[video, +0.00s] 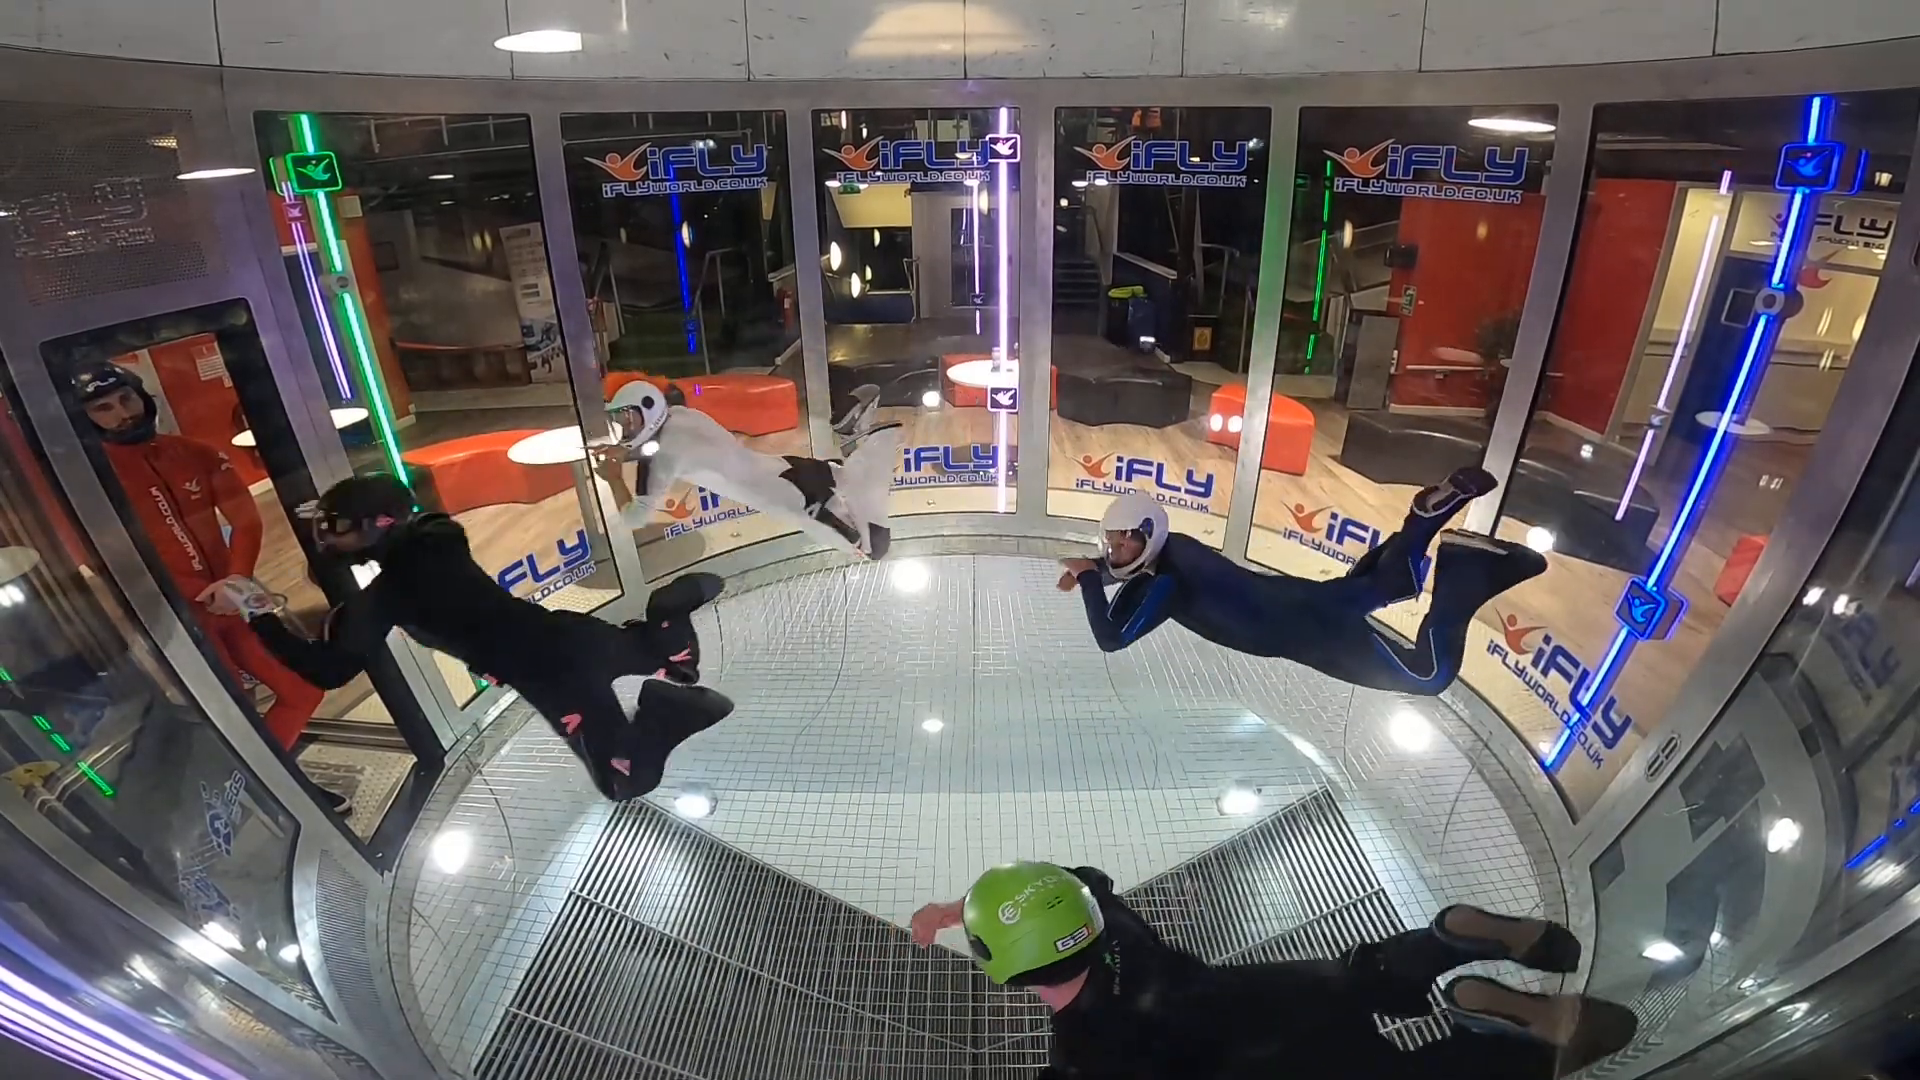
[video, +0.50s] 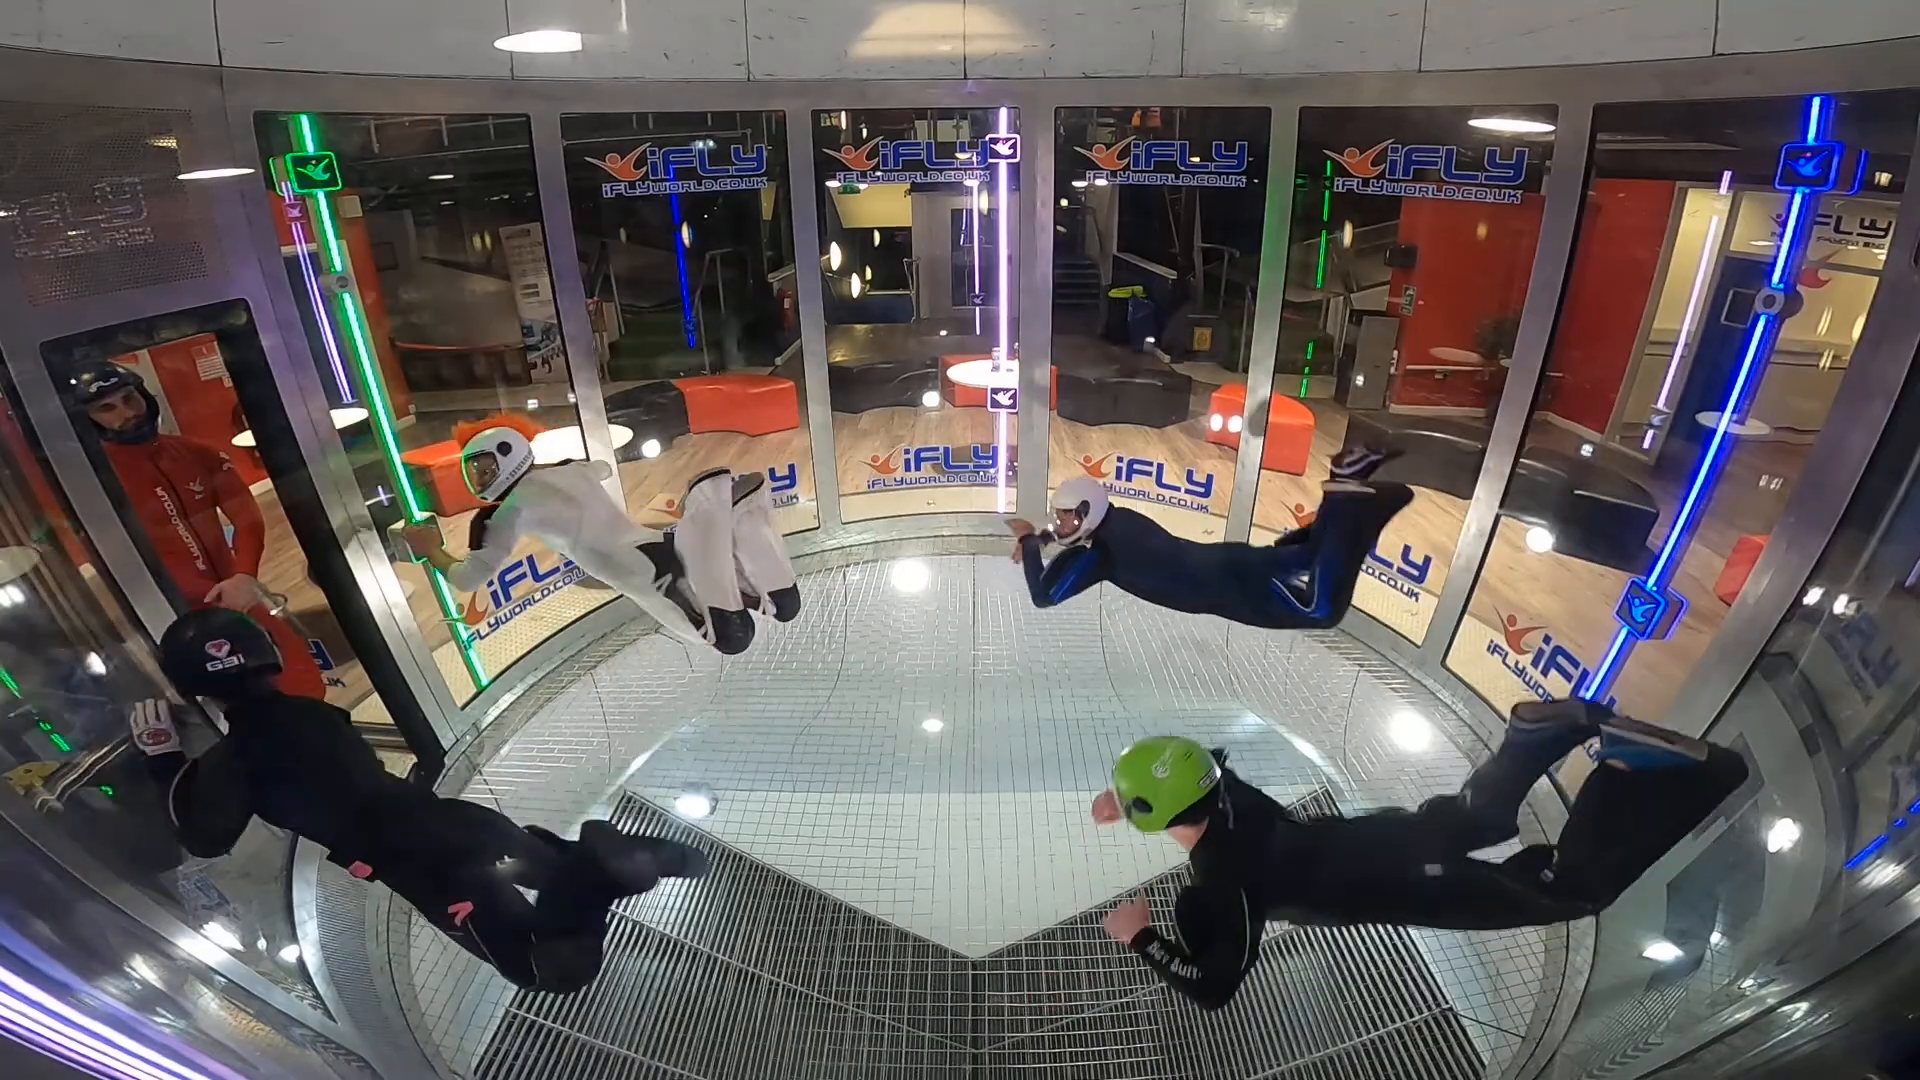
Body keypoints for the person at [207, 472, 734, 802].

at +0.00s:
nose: (336, 540)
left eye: (343, 528)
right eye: (333, 529)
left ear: (380, 526)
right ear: (392, 519)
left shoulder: (393, 589)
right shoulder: (433, 536)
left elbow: (329, 668)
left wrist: (259, 618)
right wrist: (334, 533)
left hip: (551, 675)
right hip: (568, 632)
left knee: (624, 779)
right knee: (645, 655)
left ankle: (665, 711)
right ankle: (678, 613)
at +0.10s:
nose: (272, 568)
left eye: (280, 556)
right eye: (272, 555)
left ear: (308, 561)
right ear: (344, 542)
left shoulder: (333, 628)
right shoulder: (387, 567)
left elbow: (295, 704)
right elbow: (348, 612)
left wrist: (219, 664)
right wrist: (278, 599)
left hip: (512, 704)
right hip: (532, 657)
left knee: (582, 811)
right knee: (605, 690)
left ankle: (634, 743)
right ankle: (644, 653)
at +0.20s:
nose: (217, 578)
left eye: (229, 568)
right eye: (220, 565)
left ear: (262, 580)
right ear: (283, 572)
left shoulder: (286, 661)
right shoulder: (325, 602)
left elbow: (263, 750)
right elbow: (374, 623)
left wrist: (182, 731)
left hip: (476, 739)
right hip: (489, 694)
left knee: (556, 853)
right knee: (564, 721)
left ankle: (613, 778)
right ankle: (609, 706)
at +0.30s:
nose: (194, 634)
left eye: (195, 623)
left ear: (212, 639)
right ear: (265, 604)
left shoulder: (252, 697)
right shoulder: (294, 643)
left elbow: (217, 785)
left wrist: (162, 728)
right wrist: (194, 701)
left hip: (440, 787)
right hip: (456, 740)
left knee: (543, 885)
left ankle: (598, 817)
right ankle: (584, 749)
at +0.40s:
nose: (261, 613)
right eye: (245, 610)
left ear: (196, 661)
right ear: (245, 623)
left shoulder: (230, 725)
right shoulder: (285, 673)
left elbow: (199, 811)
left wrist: (162, 739)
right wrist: (181, 714)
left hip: (406, 826)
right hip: (428, 784)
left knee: (555, 927)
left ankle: (577, 831)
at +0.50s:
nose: (267, 624)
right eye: (251, 622)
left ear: (207, 680)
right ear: (245, 652)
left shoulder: (240, 749)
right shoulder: (296, 717)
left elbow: (205, 835)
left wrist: (169, 765)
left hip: (414, 860)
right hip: (440, 825)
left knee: (549, 965)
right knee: (558, 886)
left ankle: (600, 872)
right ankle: (613, 861)